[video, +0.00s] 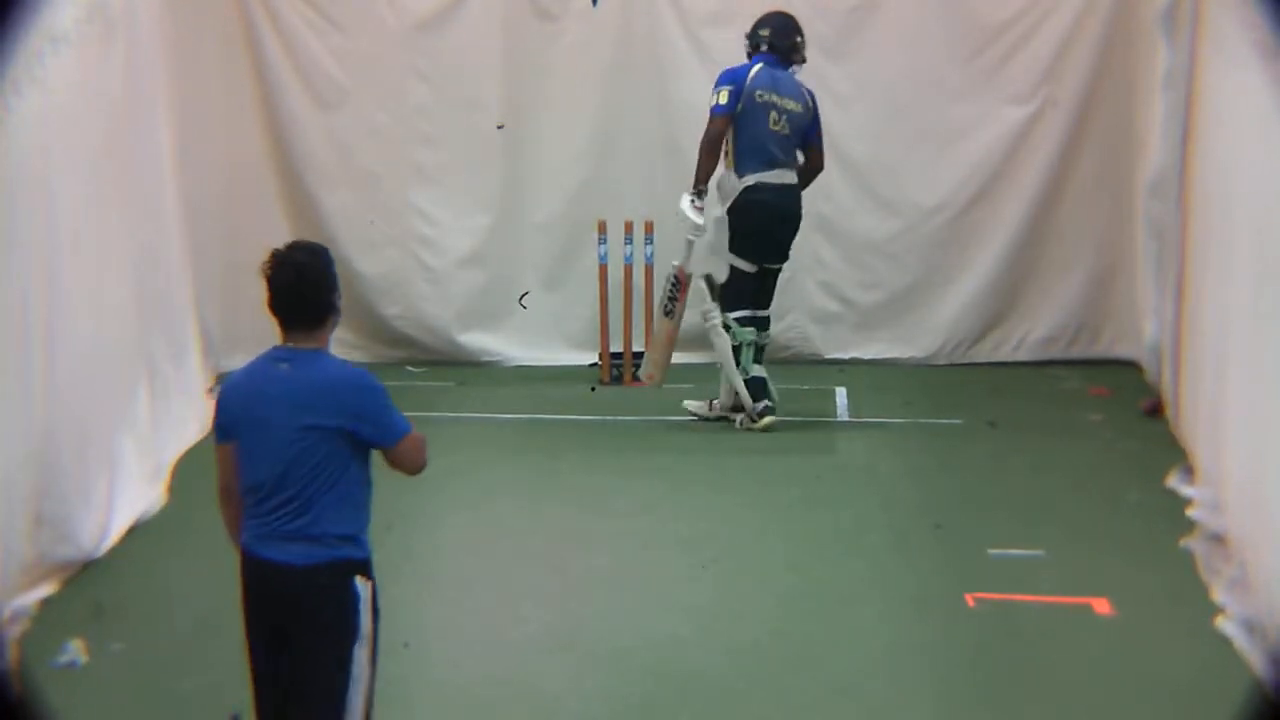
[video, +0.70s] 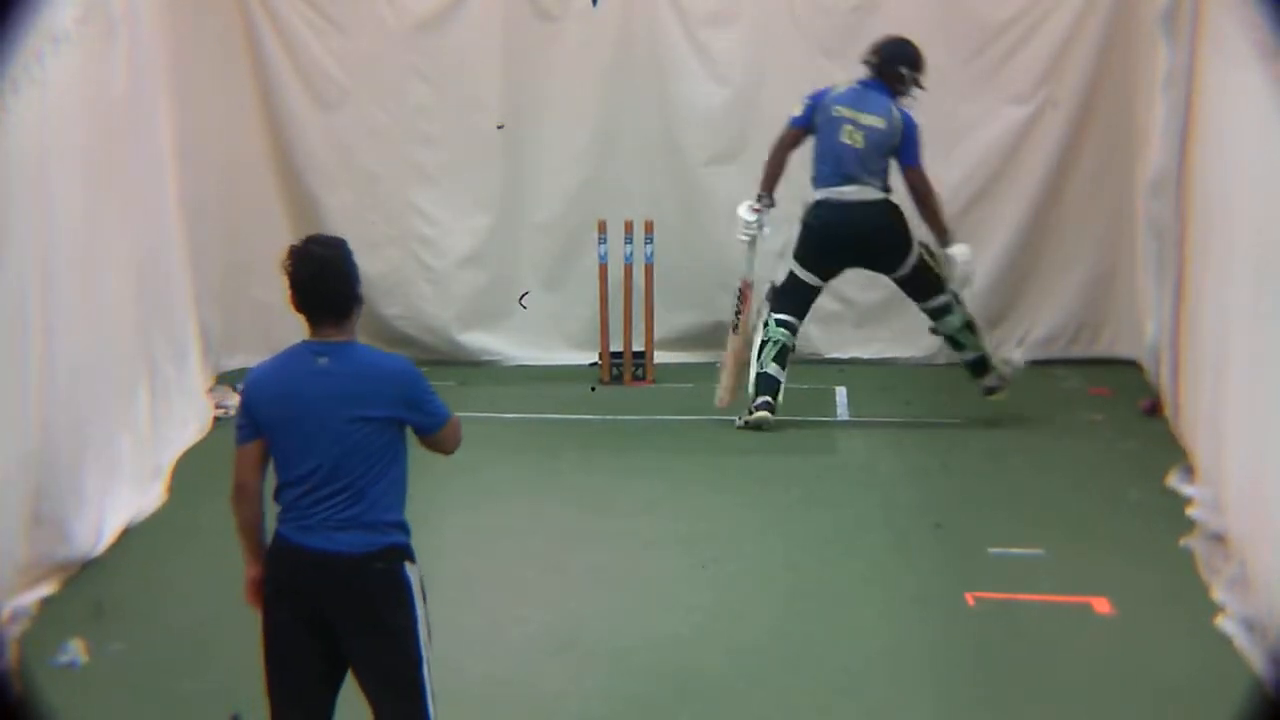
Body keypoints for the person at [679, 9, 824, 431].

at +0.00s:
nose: (750, 48)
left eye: (752, 42)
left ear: (756, 44)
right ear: (795, 49)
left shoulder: (736, 76)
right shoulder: (804, 95)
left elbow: (714, 135)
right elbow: (815, 162)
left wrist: (698, 192)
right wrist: (783, 191)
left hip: (750, 199)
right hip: (789, 202)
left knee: (736, 295)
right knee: (761, 298)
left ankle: (758, 397)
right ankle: (734, 397)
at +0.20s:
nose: (817, 51)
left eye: (767, 37)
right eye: (814, 45)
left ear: (768, 40)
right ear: (808, 45)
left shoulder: (740, 79)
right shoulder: (818, 90)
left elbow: (709, 141)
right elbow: (838, 158)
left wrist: (693, 196)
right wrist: (832, 208)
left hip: (764, 196)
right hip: (808, 198)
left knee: (758, 292)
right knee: (784, 292)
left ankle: (764, 405)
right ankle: (764, 392)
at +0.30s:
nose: (826, 51)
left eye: (826, 45)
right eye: (824, 44)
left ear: (780, 39)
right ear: (816, 44)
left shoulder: (746, 79)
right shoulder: (826, 91)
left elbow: (715, 141)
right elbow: (845, 156)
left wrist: (699, 196)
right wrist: (856, 214)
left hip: (771, 198)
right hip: (817, 198)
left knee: (766, 295)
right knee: (803, 291)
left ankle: (766, 407)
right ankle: (804, 395)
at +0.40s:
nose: (838, 55)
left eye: (839, 46)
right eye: (835, 46)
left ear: (796, 40)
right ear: (822, 44)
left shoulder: (757, 80)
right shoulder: (835, 92)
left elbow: (725, 140)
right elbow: (854, 158)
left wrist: (708, 195)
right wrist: (876, 216)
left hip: (779, 201)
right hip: (826, 201)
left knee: (772, 298)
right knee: (831, 289)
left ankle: (767, 408)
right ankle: (848, 393)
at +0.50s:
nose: (857, 59)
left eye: (858, 50)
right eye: (854, 50)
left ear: (815, 43)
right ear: (840, 47)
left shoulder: (772, 82)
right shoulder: (849, 95)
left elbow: (739, 139)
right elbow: (867, 162)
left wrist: (723, 195)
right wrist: (893, 218)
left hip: (788, 205)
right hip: (837, 204)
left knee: (776, 300)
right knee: (866, 286)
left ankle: (766, 406)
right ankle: (891, 380)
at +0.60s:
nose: (879, 67)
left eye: (881, 60)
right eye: (877, 59)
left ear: (838, 49)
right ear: (866, 56)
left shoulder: (794, 86)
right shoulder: (870, 104)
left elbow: (759, 138)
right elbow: (886, 169)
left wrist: (741, 196)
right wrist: (912, 228)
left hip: (805, 210)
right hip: (858, 209)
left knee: (779, 303)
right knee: (900, 283)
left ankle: (765, 401)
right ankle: (939, 375)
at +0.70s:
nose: (912, 86)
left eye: (913, 77)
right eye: (910, 76)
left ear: (874, 66)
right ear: (898, 73)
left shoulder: (825, 99)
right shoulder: (900, 120)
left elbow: (783, 144)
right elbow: (918, 186)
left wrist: (763, 199)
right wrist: (947, 243)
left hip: (824, 226)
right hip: (880, 225)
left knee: (787, 309)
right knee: (935, 298)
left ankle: (763, 400)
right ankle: (986, 375)